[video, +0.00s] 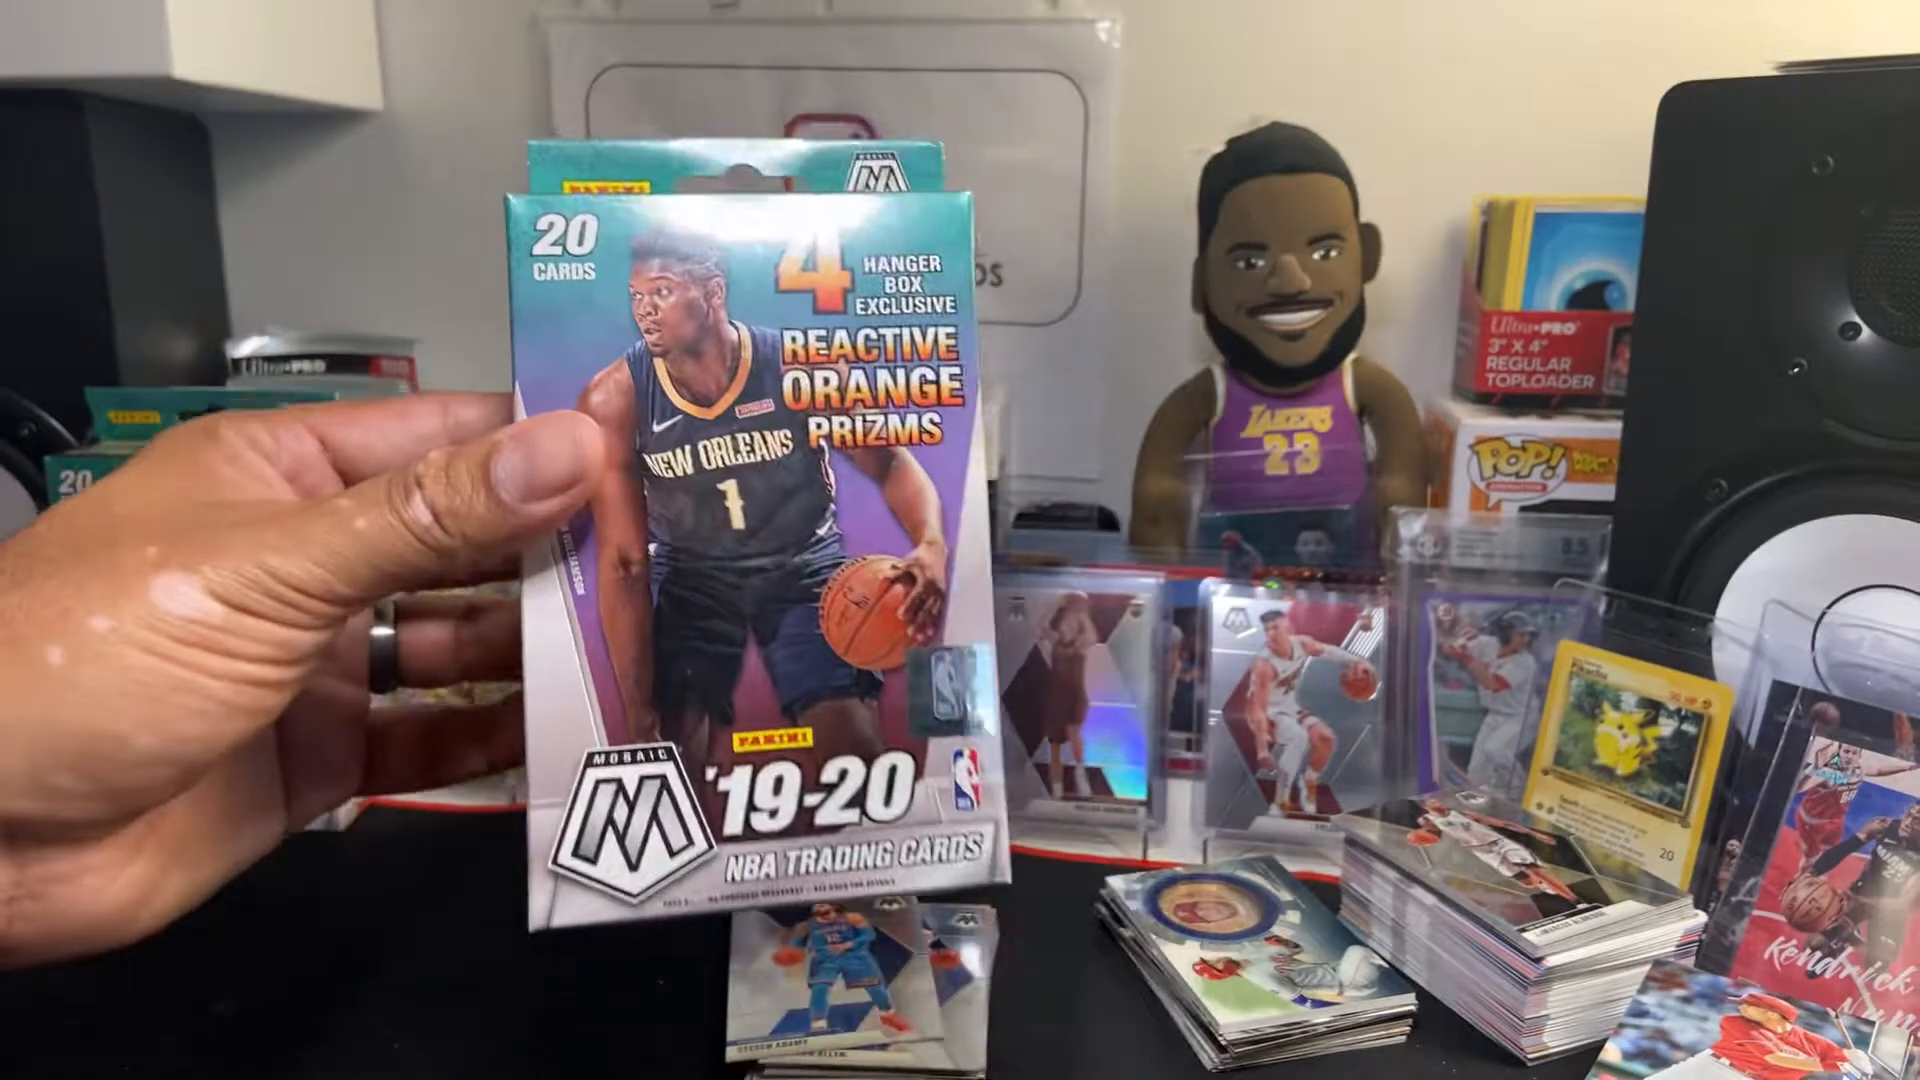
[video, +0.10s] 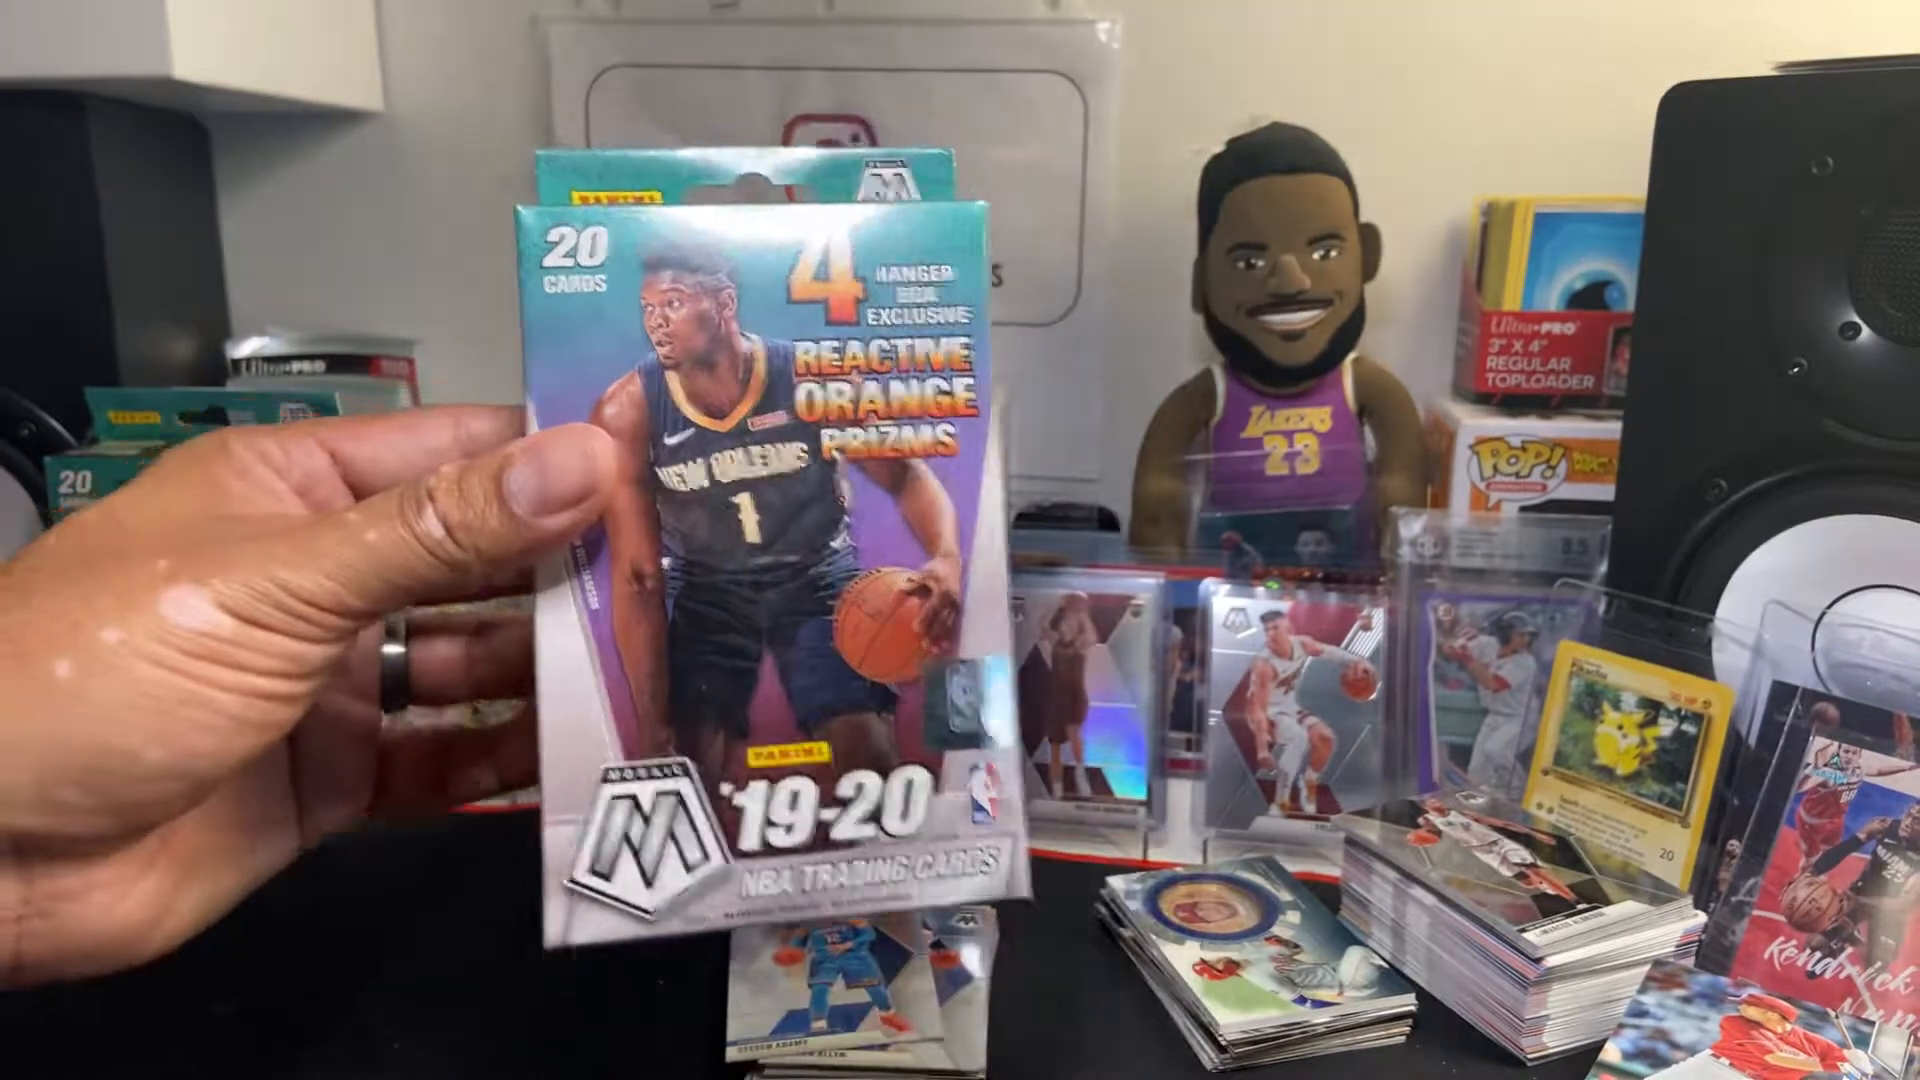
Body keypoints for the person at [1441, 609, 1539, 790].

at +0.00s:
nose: (1526, 640)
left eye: (1528, 636)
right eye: (1521, 635)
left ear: (1529, 638)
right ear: (1508, 634)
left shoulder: (1526, 662)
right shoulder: (1489, 645)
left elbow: (1495, 684)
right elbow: (1453, 649)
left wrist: (1468, 660)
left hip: (1521, 720)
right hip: (1494, 717)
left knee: (1494, 749)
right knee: (1477, 766)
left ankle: (1520, 789)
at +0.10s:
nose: (1526, 641)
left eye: (1528, 636)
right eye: (1521, 635)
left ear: (1530, 639)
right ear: (1508, 635)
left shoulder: (1526, 662)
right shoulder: (1489, 645)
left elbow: (1495, 684)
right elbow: (1453, 650)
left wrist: (1468, 660)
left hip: (1520, 720)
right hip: (1494, 718)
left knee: (1494, 750)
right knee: (1477, 766)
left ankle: (1520, 790)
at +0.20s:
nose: (1526, 640)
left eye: (1528, 636)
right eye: (1521, 635)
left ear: (1529, 638)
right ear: (1508, 634)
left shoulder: (1526, 662)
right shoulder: (1488, 645)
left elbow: (1495, 683)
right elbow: (1453, 649)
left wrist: (1467, 659)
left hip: (1520, 719)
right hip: (1494, 717)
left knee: (1494, 749)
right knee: (1477, 766)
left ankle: (1520, 789)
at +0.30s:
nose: (1526, 641)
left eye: (1529, 637)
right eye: (1522, 636)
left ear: (1531, 639)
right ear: (1509, 635)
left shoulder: (1526, 663)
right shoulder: (1489, 646)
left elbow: (1496, 684)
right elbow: (1454, 651)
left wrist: (1469, 661)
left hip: (1521, 720)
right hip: (1495, 717)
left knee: (1495, 749)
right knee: (1478, 765)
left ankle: (1522, 790)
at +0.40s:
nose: (1527, 641)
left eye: (1530, 636)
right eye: (1522, 635)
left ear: (1532, 638)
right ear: (1509, 636)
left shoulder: (1528, 662)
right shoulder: (1491, 646)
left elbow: (1497, 684)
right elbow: (1454, 650)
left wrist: (1471, 661)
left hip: (1522, 721)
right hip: (1497, 718)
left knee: (1496, 750)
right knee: (1480, 765)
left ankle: (1523, 790)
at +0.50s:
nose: (1529, 641)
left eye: (1532, 637)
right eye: (1525, 636)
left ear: (1535, 639)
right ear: (1514, 636)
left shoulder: (1530, 663)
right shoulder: (1495, 649)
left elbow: (1499, 685)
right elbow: (1462, 651)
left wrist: (1476, 664)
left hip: (1520, 722)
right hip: (1497, 718)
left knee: (1497, 751)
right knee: (1481, 766)